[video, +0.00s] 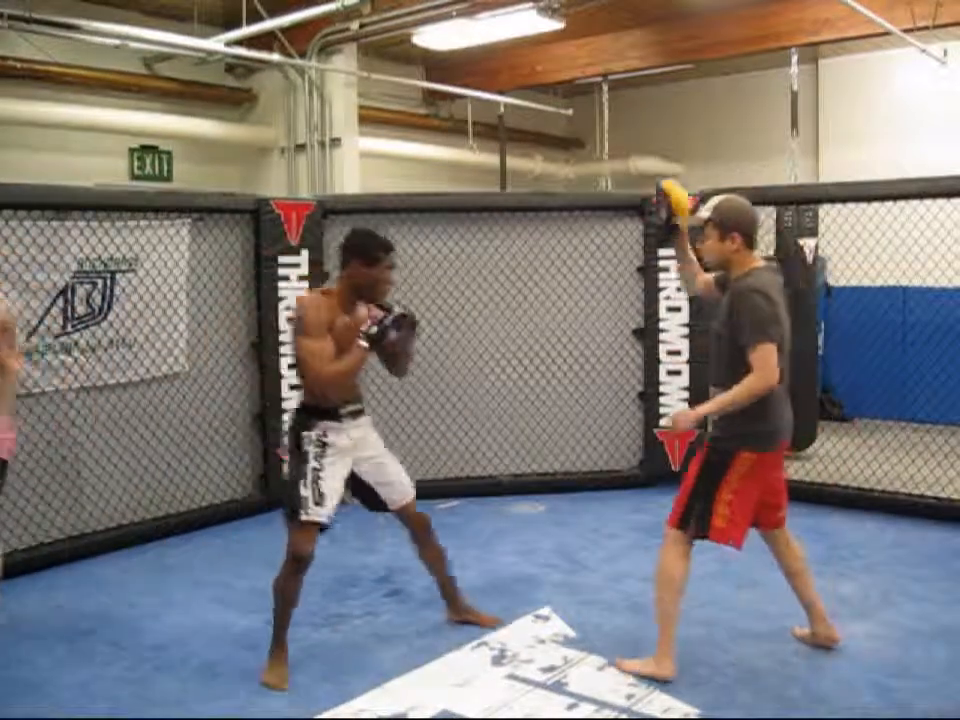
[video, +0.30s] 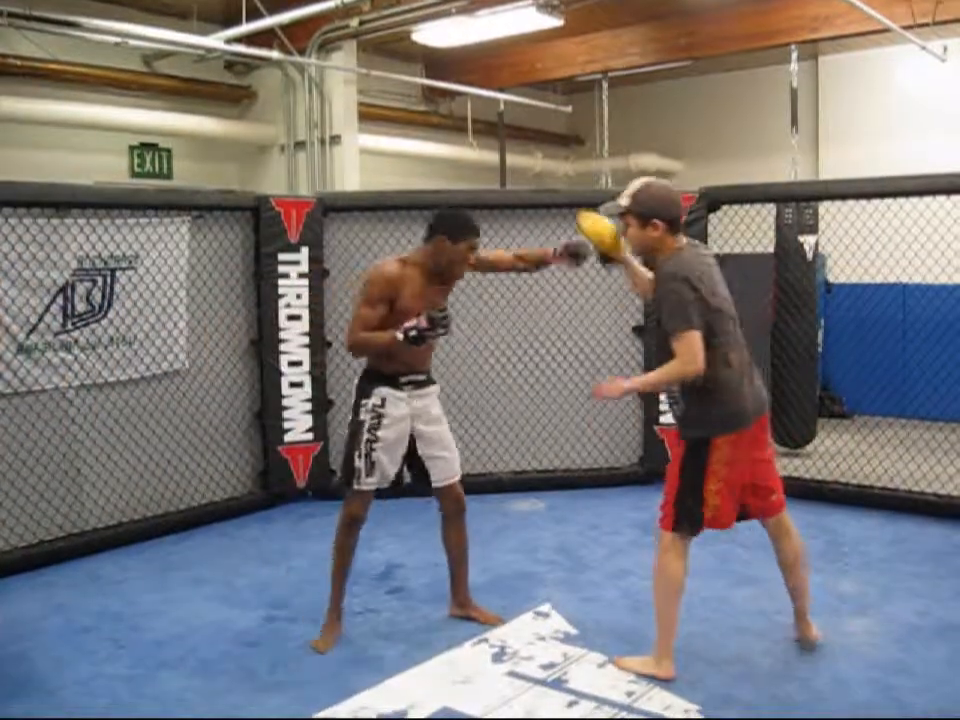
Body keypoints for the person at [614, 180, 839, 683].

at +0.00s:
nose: (699, 245)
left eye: (706, 235)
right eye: (700, 235)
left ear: (734, 240)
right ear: (738, 239)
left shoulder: (748, 293)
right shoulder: (757, 278)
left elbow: (765, 375)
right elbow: (700, 287)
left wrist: (699, 411)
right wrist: (679, 232)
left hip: (739, 435)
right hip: (767, 433)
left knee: (678, 536)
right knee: (775, 529)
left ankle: (663, 657)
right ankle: (821, 626)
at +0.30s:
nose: (623, 232)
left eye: (627, 224)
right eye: (623, 223)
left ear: (654, 228)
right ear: (668, 226)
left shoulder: (673, 277)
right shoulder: (697, 257)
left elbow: (691, 362)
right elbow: (651, 289)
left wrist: (632, 384)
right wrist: (619, 253)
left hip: (708, 423)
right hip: (751, 411)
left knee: (673, 537)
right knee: (777, 519)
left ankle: (662, 657)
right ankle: (804, 625)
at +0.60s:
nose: (626, 224)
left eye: (629, 214)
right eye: (626, 214)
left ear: (650, 216)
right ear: (674, 214)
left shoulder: (650, 273)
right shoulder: (728, 259)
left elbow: (662, 367)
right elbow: (771, 334)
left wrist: (658, 448)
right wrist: (757, 369)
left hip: (689, 427)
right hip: (746, 419)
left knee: (659, 541)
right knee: (771, 531)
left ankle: (659, 657)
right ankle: (801, 646)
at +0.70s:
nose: (646, 226)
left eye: (649, 217)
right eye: (647, 217)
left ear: (666, 219)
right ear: (702, 217)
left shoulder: (659, 278)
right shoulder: (752, 268)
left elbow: (671, 369)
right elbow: (786, 346)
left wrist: (678, 451)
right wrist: (792, 371)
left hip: (692, 438)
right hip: (755, 433)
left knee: (656, 544)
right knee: (781, 546)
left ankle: (658, 657)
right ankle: (810, 665)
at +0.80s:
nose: (678, 229)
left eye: (681, 222)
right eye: (680, 220)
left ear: (695, 228)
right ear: (733, 227)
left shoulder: (676, 289)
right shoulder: (780, 284)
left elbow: (682, 379)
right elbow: (809, 371)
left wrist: (687, 463)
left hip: (706, 450)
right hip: (771, 448)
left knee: (661, 552)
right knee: (795, 569)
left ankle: (658, 657)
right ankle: (814, 696)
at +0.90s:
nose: (715, 238)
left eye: (718, 230)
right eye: (717, 229)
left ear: (735, 233)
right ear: (768, 234)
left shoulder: (714, 292)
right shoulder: (813, 295)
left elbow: (693, 387)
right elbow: (840, 392)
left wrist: (677, 470)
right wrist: (794, 373)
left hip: (722, 462)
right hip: (795, 462)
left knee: (678, 563)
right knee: (814, 594)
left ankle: (657, 658)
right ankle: (815, 709)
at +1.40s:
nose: (794, 232)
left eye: (794, 222)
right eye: (793, 223)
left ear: (811, 221)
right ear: (855, 220)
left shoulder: (797, 283)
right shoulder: (899, 289)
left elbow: (783, 384)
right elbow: (928, 397)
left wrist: (747, 390)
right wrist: (872, 395)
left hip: (810, 489)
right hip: (881, 485)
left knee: (780, 629)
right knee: (879, 623)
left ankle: (813, 711)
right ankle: (881, 713)